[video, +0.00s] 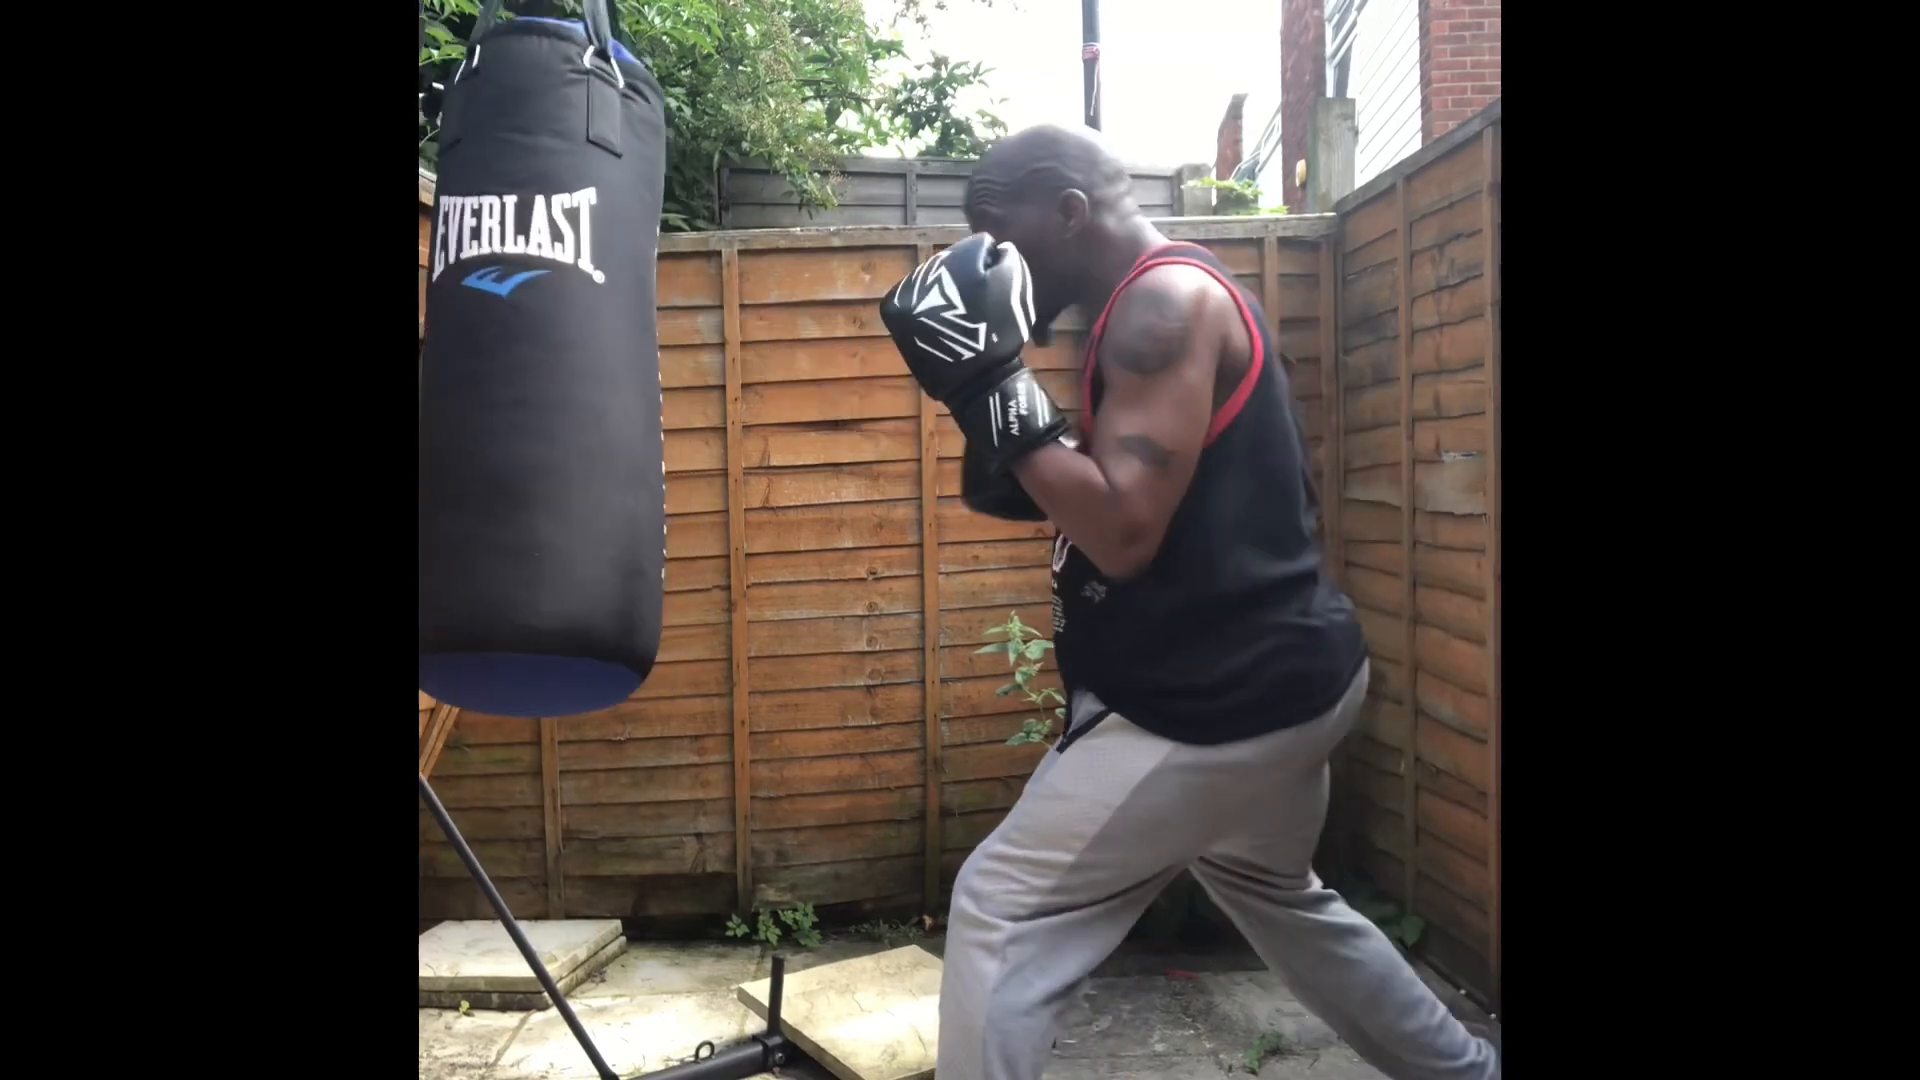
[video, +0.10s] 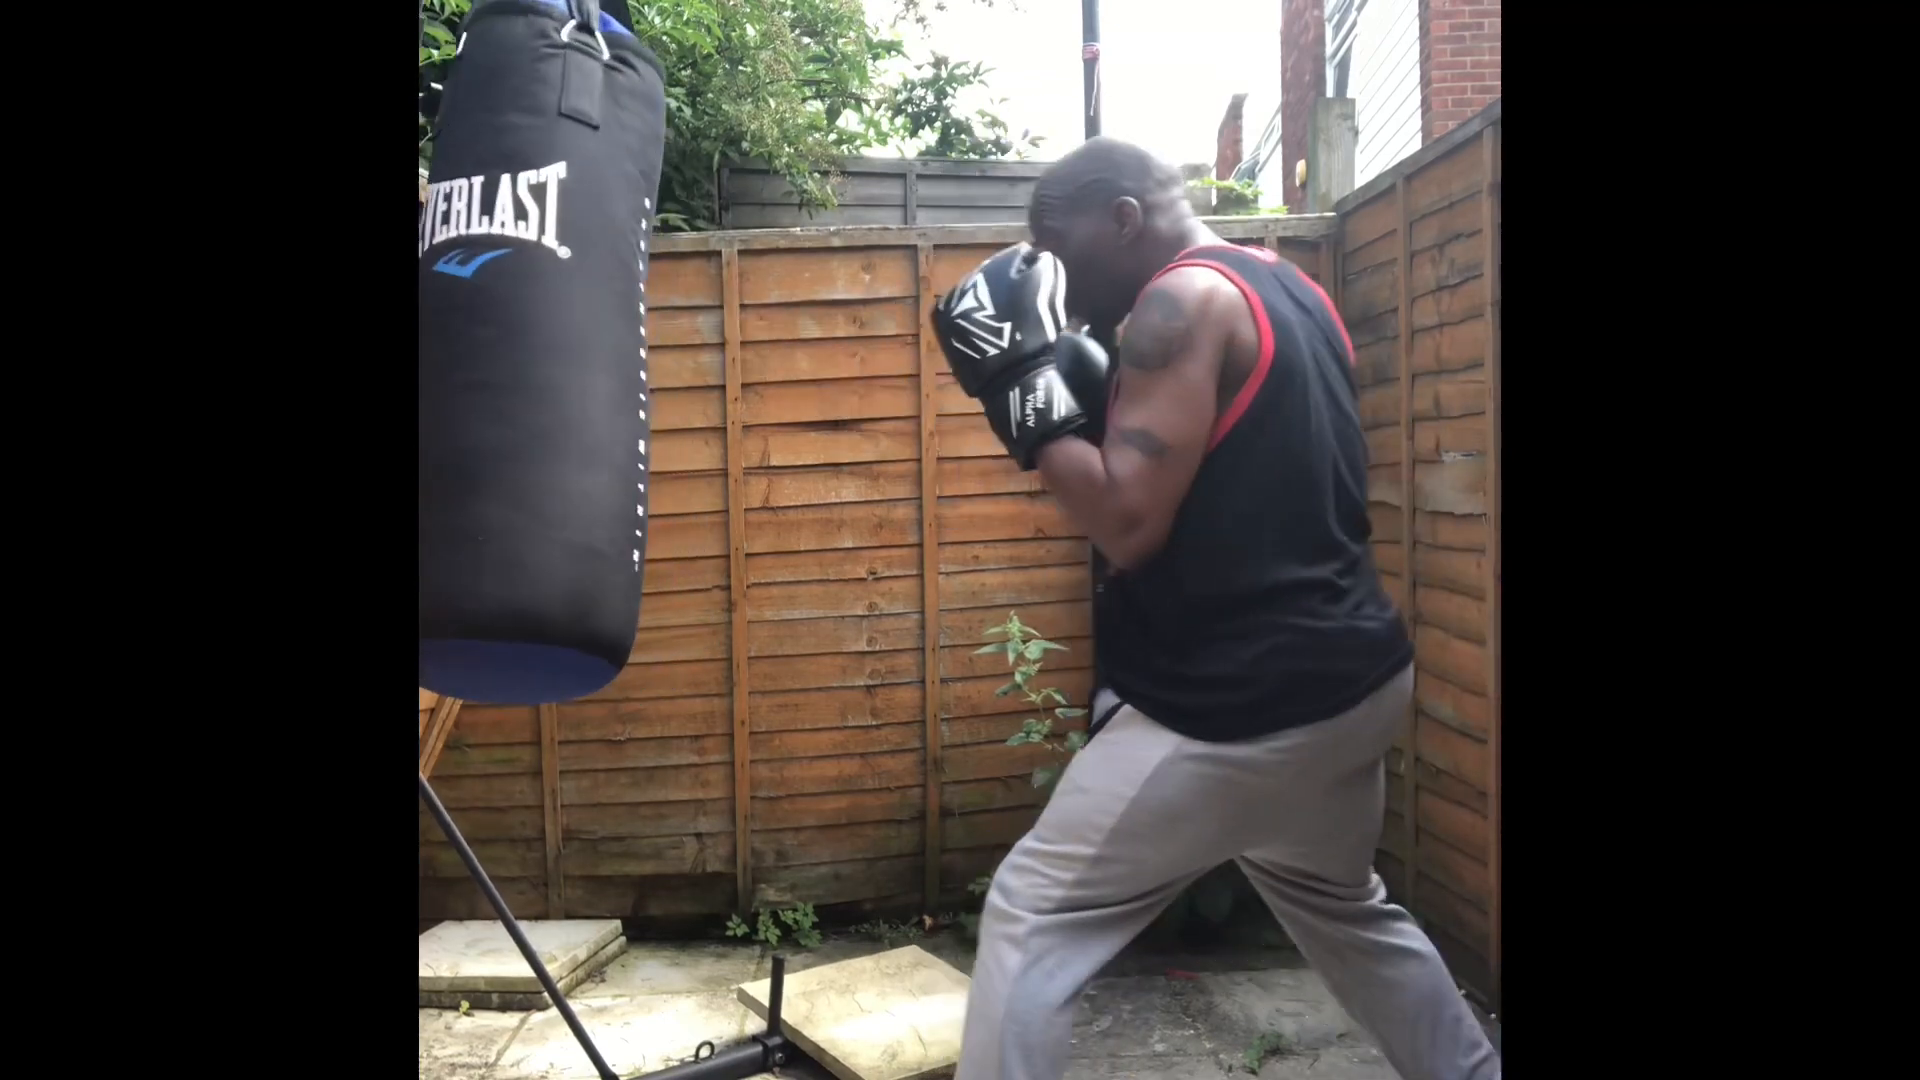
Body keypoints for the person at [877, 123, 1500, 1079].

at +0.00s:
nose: (988, 251)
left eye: (997, 223)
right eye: (981, 229)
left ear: (1074, 209)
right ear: (1086, 211)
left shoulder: (1165, 301)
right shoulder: (1151, 299)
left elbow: (1121, 530)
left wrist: (995, 387)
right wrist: (988, 411)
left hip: (1211, 697)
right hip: (1279, 680)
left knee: (998, 907)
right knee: (1270, 891)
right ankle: (1463, 1065)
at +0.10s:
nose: (1054, 280)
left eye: (1058, 249)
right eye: (1046, 257)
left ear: (1128, 219)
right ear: (1158, 217)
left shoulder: (1183, 304)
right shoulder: (1292, 287)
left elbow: (1124, 522)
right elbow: (1241, 480)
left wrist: (1020, 388)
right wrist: (1078, 385)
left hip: (1228, 702)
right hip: (1350, 674)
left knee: (1032, 909)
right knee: (1338, 899)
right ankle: (1470, 1068)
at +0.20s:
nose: (1111, 279)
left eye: (1113, 247)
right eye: (1103, 254)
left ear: (1177, 213)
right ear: (1204, 211)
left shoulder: (1232, 289)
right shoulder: (1350, 279)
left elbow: (1182, 514)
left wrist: (1084, 387)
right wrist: (1153, 376)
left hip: (1273, 686)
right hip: (1398, 659)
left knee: (1097, 921)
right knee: (1382, 894)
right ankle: (1480, 1065)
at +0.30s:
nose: (1149, 256)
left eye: (1150, 228)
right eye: (1141, 236)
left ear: (1215, 197)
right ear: (1234, 196)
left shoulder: (1266, 275)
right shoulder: (1366, 260)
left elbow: (1224, 492)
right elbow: (1306, 459)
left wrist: (1118, 377)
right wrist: (1175, 378)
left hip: (1306, 672)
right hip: (1423, 647)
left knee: (1130, 907)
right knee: (1389, 888)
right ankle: (1486, 1062)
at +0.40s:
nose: (1165, 256)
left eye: (1166, 229)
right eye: (1156, 234)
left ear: (1234, 187)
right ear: (1252, 184)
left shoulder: (1281, 261)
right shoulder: (1374, 252)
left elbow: (1238, 477)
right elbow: (1269, 445)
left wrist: (1125, 351)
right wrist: (1164, 352)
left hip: (1318, 659)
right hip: (1430, 636)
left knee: (1151, 904)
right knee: (1394, 883)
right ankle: (1488, 1061)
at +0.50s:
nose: (1158, 263)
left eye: (1159, 236)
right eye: (1149, 243)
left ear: (1223, 201)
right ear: (1237, 200)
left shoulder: (1282, 273)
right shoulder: (1344, 260)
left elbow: (1241, 488)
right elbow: (1250, 467)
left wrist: (1129, 363)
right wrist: (1136, 376)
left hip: (1318, 666)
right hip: (1427, 644)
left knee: (1140, 911)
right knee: (1395, 894)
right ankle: (1488, 1063)